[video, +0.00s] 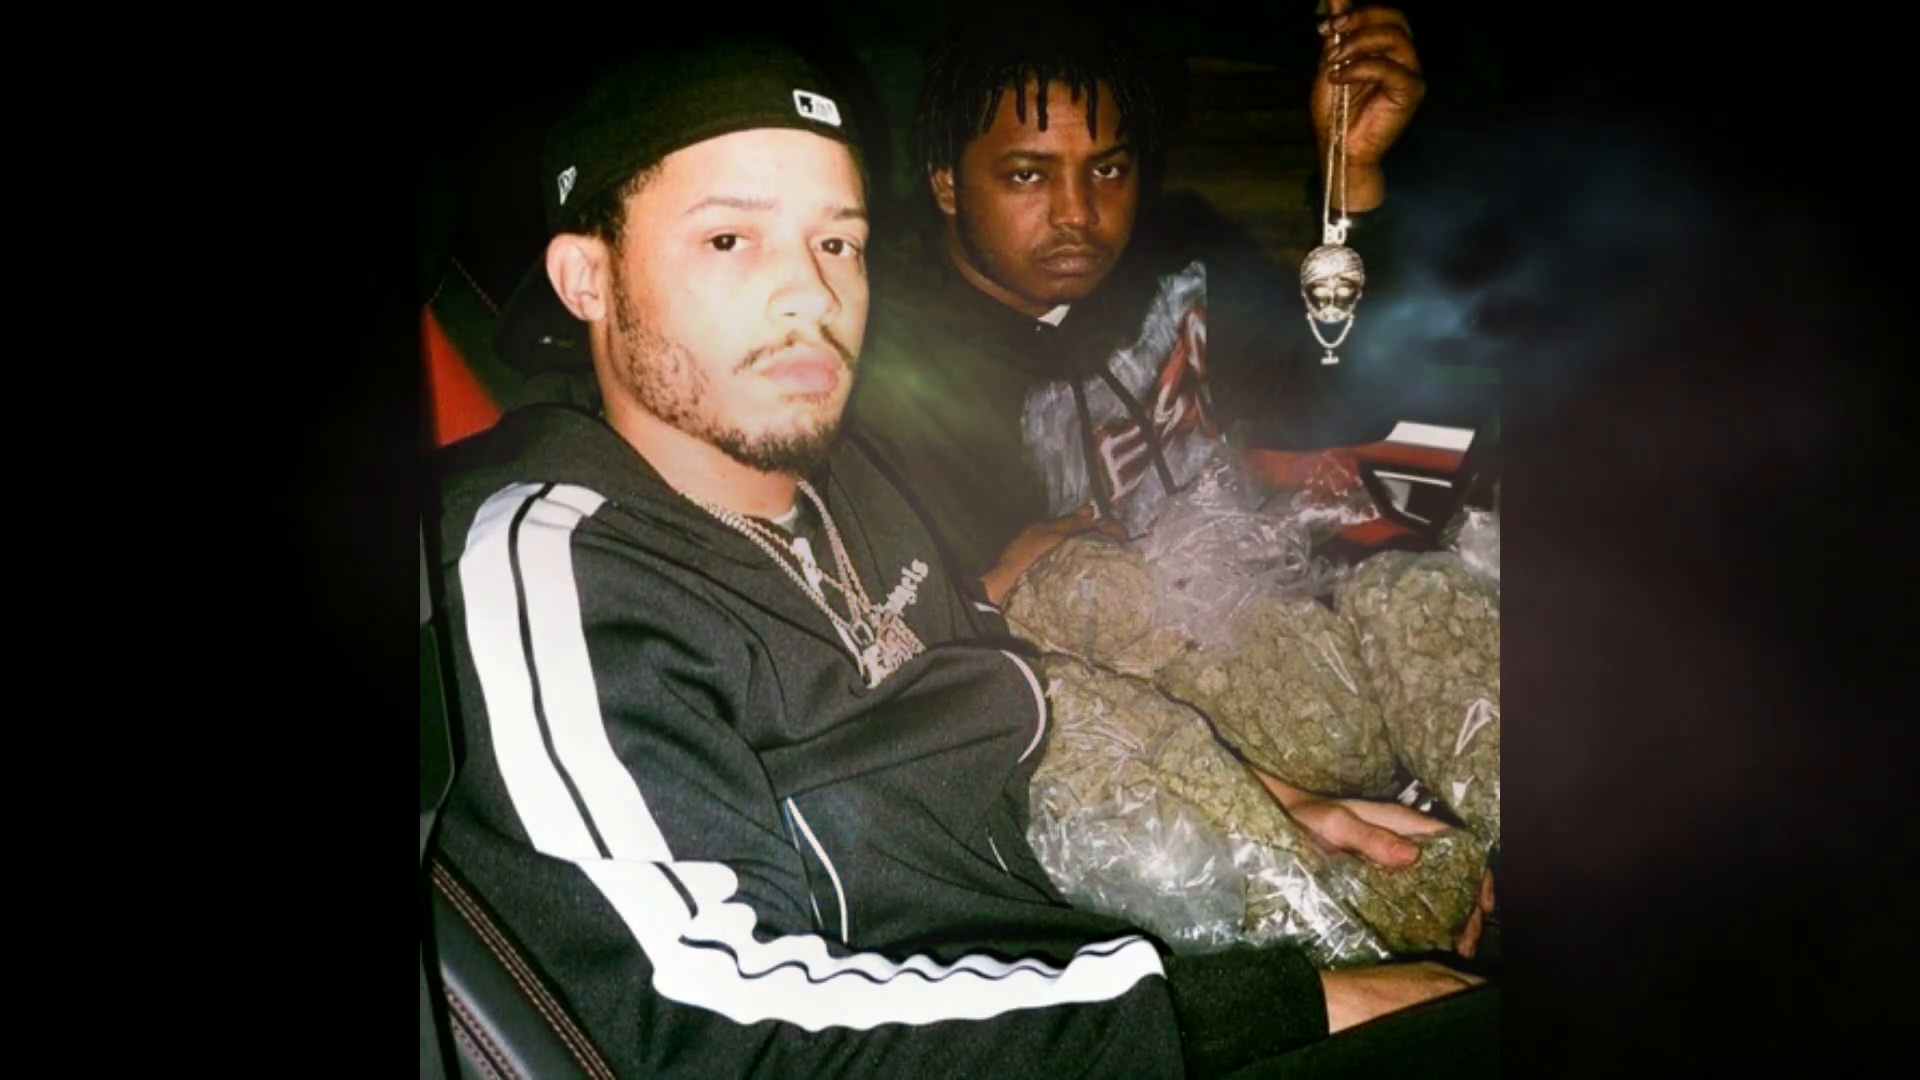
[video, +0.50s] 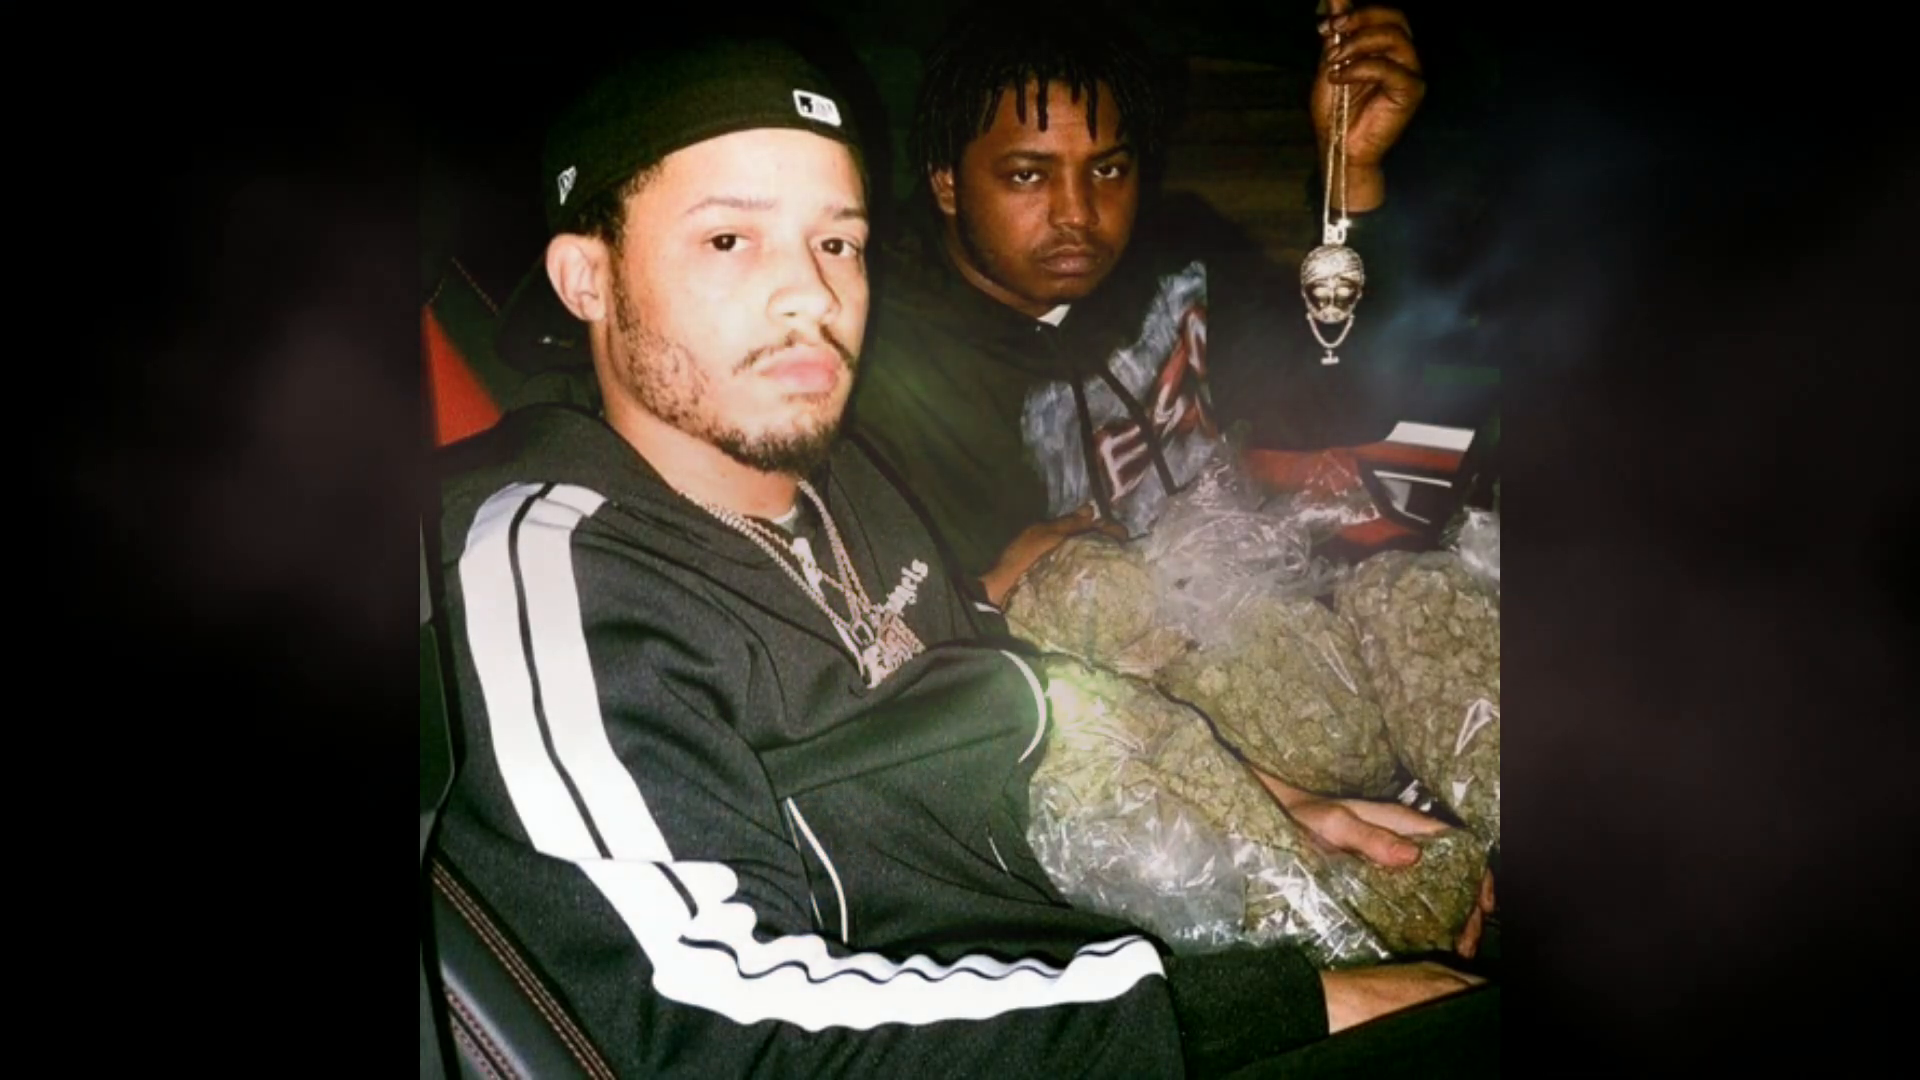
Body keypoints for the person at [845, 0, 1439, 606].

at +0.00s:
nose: (1077, 216)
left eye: (1108, 171)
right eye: (1028, 175)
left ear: (1140, 173)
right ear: (945, 187)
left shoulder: (1184, 257)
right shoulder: (897, 362)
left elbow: (1348, 413)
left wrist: (1352, 176)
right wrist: (991, 581)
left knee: (1425, 600)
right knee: (1074, 579)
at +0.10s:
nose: (1076, 217)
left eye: (1108, 171)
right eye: (1027, 175)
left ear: (1140, 172)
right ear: (945, 187)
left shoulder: (1188, 259)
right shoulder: (898, 360)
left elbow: (1349, 416)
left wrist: (1353, 178)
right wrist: (991, 588)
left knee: (1422, 595)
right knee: (1074, 583)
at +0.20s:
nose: (1077, 217)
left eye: (1108, 171)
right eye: (1027, 176)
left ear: (1140, 172)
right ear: (945, 188)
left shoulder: (1185, 258)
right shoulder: (898, 360)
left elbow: (1345, 411)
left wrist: (1352, 177)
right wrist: (993, 585)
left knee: (1420, 596)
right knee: (1072, 580)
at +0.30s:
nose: (1077, 217)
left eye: (1108, 171)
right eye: (1027, 175)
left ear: (1140, 172)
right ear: (945, 188)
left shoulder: (1184, 255)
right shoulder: (899, 363)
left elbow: (1345, 409)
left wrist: (1352, 177)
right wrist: (989, 590)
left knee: (1421, 600)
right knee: (1071, 580)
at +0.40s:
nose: (1078, 216)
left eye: (1108, 171)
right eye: (1029, 175)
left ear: (1141, 172)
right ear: (946, 187)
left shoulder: (1181, 251)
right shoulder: (902, 365)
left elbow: (1352, 407)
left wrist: (1352, 173)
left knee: (1426, 600)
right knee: (1077, 580)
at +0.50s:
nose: (1077, 216)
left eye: (1108, 171)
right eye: (1029, 175)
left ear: (1141, 173)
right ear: (946, 187)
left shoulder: (1180, 252)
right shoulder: (901, 367)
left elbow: (1347, 412)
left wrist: (1352, 175)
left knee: (1423, 599)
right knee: (1074, 580)